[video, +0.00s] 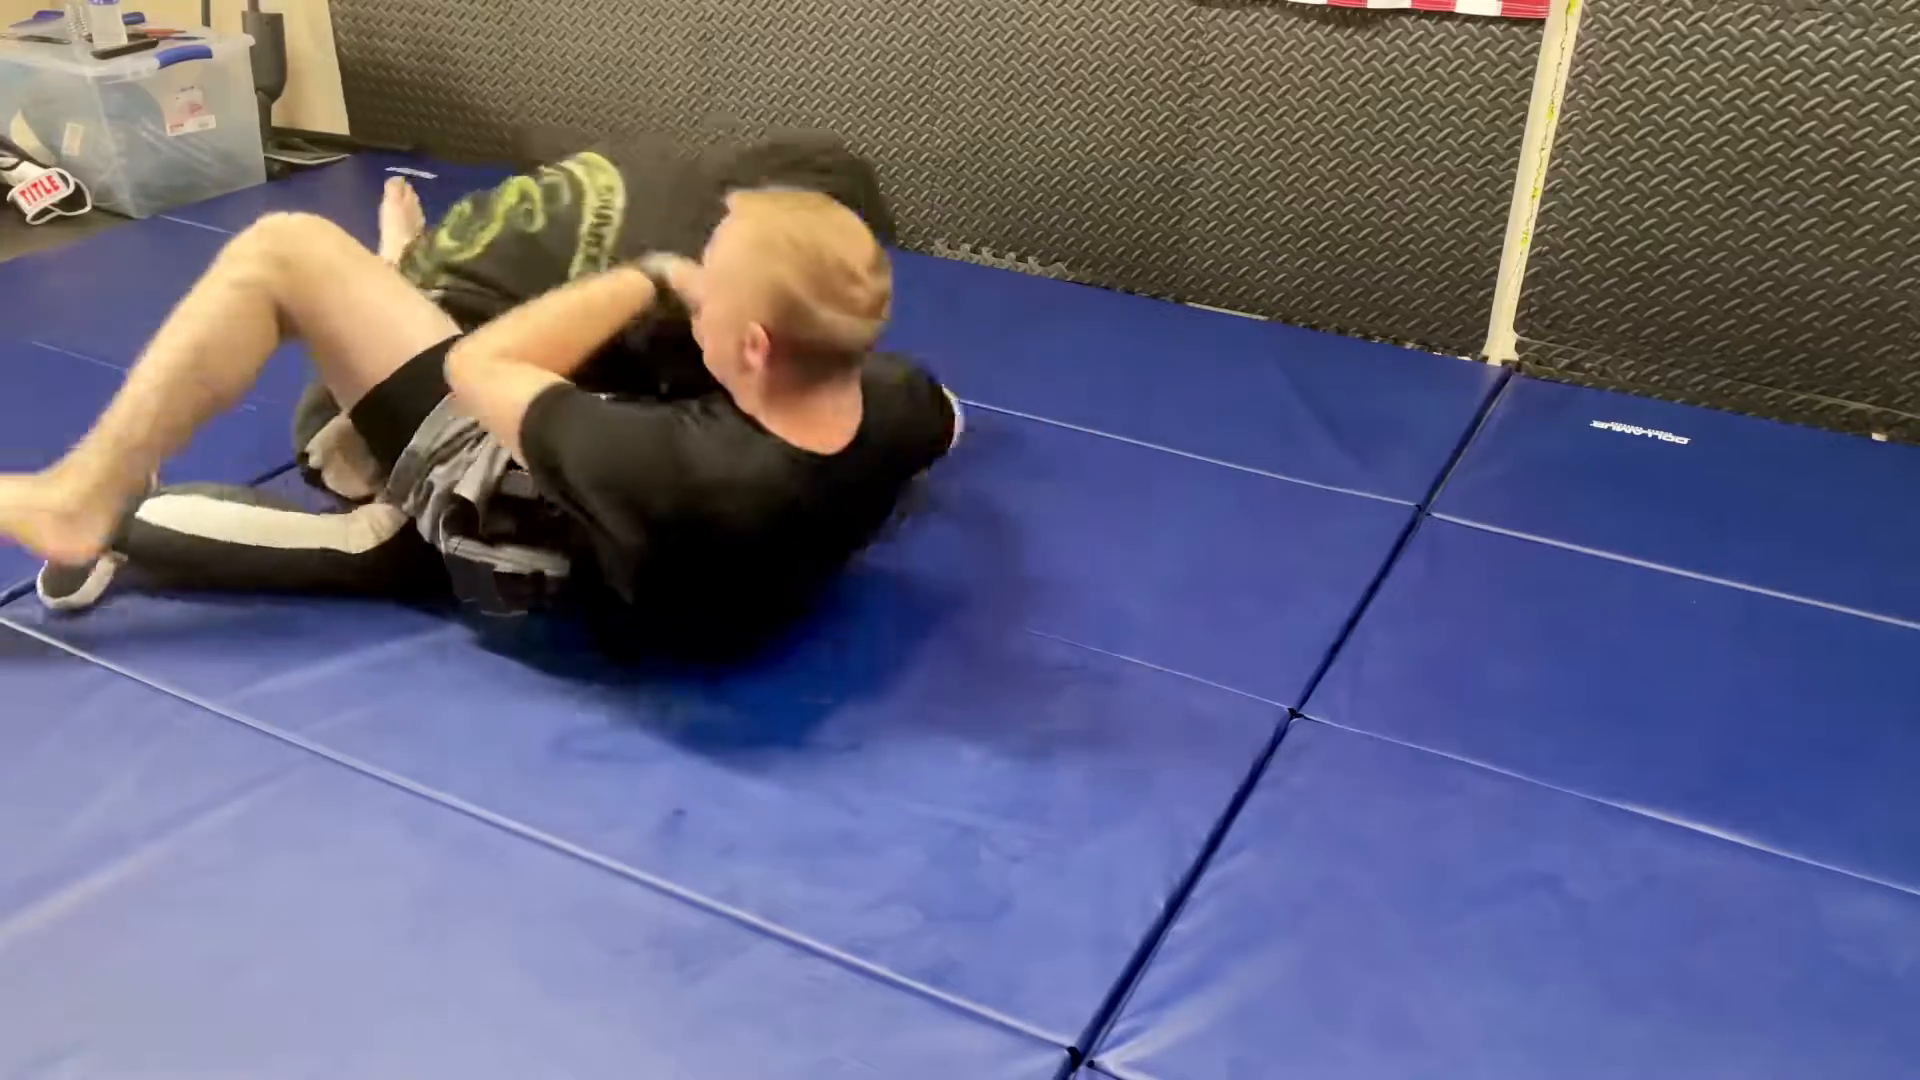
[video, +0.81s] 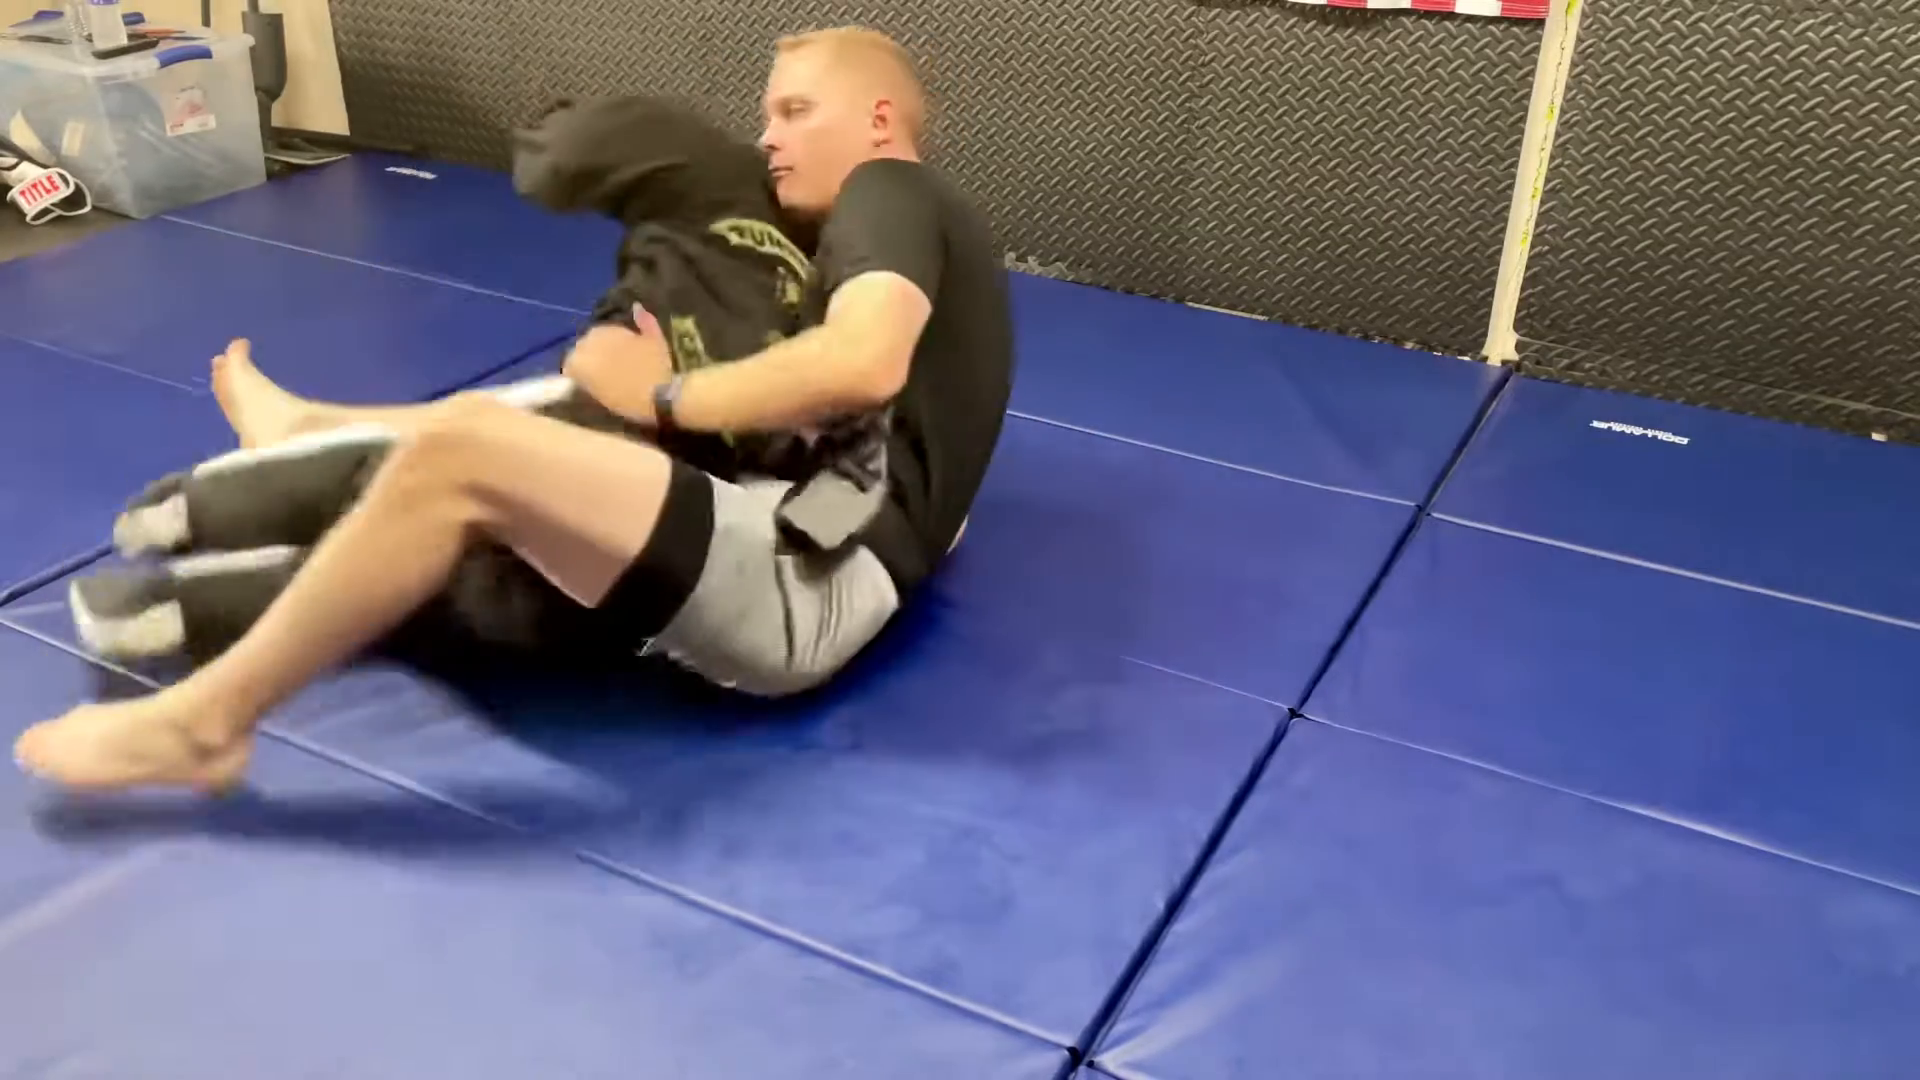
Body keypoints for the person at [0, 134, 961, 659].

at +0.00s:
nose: (691, 282)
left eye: (708, 284)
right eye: (710, 265)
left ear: (749, 346)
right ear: (854, 335)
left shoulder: (670, 471)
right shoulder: (914, 409)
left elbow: (482, 365)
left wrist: (649, 282)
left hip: (572, 558)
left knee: (288, 245)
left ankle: (80, 502)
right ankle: (397, 291)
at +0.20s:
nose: (677, 153)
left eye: (690, 142)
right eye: (689, 136)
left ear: (713, 191)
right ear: (824, 203)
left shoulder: (611, 301)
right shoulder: (864, 345)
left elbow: (471, 206)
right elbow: (910, 542)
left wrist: (495, 165)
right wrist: (822, 442)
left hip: (556, 536)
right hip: (694, 543)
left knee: (258, 266)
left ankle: (263, 564)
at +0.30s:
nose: (745, 133)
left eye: (758, 117)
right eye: (761, 116)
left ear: (779, 147)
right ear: (886, 191)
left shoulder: (643, 246)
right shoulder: (899, 371)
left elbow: (514, 201)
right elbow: (891, 528)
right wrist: (803, 437)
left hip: (514, 512)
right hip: (647, 552)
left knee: (254, 244)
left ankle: (254, 532)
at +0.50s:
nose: (819, 118)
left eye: (825, 103)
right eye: (826, 106)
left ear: (849, 109)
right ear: (936, 172)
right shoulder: (933, 327)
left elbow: (531, 150)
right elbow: (896, 518)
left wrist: (587, 205)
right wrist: (804, 423)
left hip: (556, 505)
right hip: (663, 572)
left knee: (307, 247)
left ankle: (229, 536)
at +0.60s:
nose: (817, 96)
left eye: (831, 87)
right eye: (826, 87)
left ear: (869, 92)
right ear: (951, 151)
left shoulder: (842, 131)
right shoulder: (962, 305)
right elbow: (918, 527)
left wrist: (573, 139)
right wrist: (837, 424)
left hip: (636, 492)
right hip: (728, 568)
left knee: (328, 307)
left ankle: (198, 555)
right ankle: (218, 505)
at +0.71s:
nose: (784, 134)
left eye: (806, 106)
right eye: (793, 109)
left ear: (881, 106)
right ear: (916, 131)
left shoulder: (875, 160)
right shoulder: (954, 296)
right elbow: (937, 526)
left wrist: (616, 231)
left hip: (734, 533)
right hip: (780, 561)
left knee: (375, 376)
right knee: (444, 472)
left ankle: (195, 615)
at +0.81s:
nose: (770, 144)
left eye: (795, 115)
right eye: (771, 122)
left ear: (888, 125)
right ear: (868, 130)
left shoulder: (897, 195)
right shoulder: (891, 239)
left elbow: (864, 364)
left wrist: (666, 401)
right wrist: (666, 387)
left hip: (804, 570)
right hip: (770, 549)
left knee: (458, 445)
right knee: (507, 432)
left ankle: (207, 722)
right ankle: (310, 431)